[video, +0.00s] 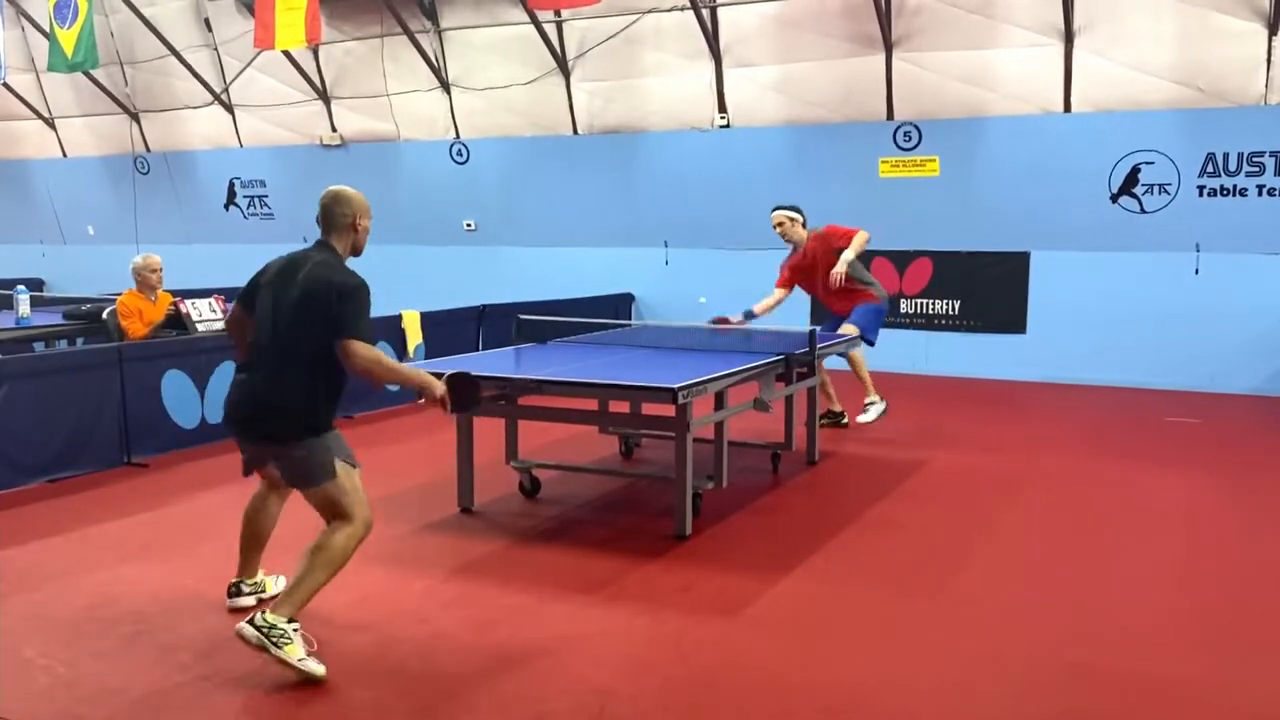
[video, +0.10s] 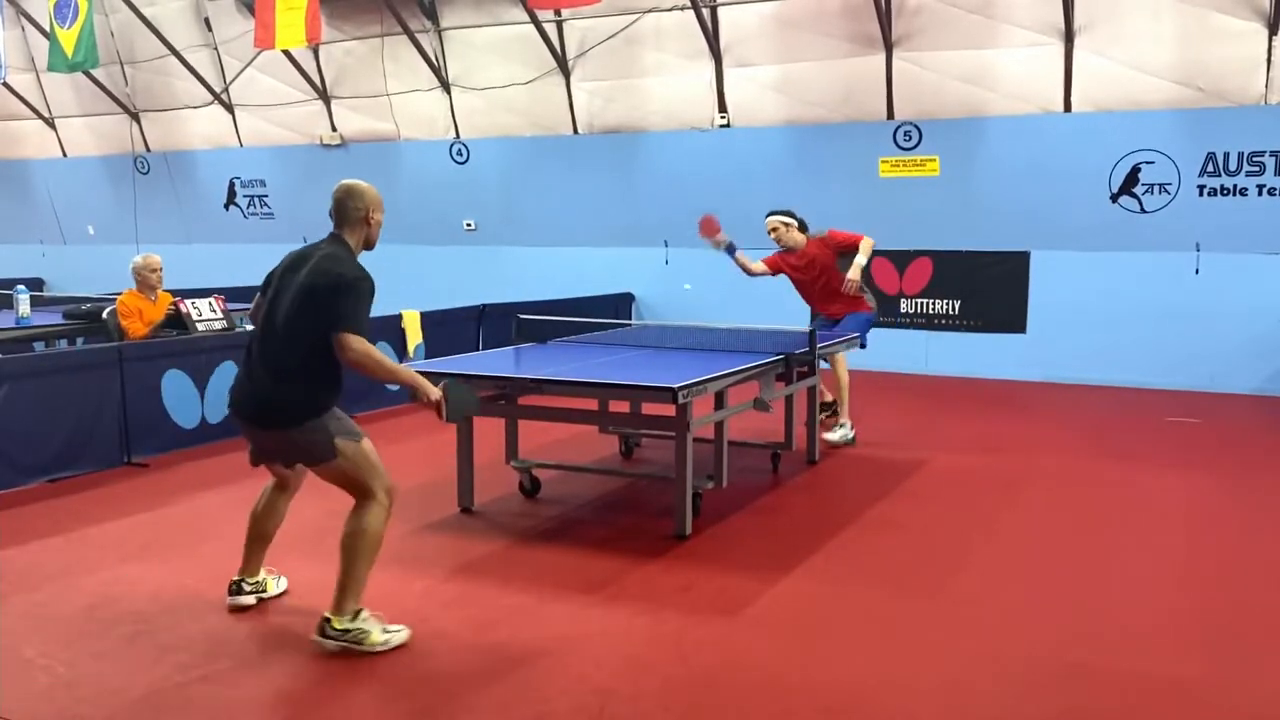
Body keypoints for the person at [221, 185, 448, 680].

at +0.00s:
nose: (369, 231)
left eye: (368, 222)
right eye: (368, 223)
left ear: (321, 223)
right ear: (356, 225)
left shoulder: (275, 269)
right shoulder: (346, 283)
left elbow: (236, 321)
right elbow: (358, 357)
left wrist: (255, 366)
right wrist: (421, 379)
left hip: (245, 408)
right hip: (297, 418)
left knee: (274, 482)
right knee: (354, 519)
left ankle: (245, 582)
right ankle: (278, 620)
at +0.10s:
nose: (382, 225)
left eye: (380, 217)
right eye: (380, 217)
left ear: (336, 218)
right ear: (368, 220)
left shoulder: (295, 259)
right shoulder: (350, 275)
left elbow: (258, 313)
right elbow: (349, 347)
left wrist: (306, 346)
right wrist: (411, 379)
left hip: (251, 401)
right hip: (302, 409)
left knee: (286, 478)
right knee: (377, 492)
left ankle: (247, 579)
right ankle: (344, 616)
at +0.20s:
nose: (390, 240)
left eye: (389, 230)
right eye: (386, 231)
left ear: (348, 230)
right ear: (372, 235)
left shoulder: (318, 272)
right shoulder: (353, 287)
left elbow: (294, 345)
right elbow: (350, 365)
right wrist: (408, 410)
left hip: (272, 407)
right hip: (310, 415)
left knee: (307, 473)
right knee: (390, 488)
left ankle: (249, 566)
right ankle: (373, 616)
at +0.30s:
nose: (399, 254)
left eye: (399, 245)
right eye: (396, 245)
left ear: (356, 245)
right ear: (383, 249)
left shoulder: (334, 281)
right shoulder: (349, 297)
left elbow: (338, 341)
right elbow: (315, 366)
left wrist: (375, 370)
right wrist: (358, 426)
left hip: (274, 415)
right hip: (303, 421)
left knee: (303, 474)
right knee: (391, 492)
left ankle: (253, 562)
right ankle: (371, 616)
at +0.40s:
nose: (400, 255)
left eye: (399, 247)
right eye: (398, 248)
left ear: (361, 246)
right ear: (385, 252)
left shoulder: (359, 284)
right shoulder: (327, 298)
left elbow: (356, 324)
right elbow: (267, 355)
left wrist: (392, 345)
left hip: (298, 400)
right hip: (286, 407)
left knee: (285, 473)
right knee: (354, 484)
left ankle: (237, 550)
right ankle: (366, 609)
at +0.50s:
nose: (392, 268)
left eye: (392, 261)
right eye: (391, 261)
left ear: (360, 259)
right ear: (377, 264)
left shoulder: (359, 294)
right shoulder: (310, 307)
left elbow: (371, 321)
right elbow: (235, 350)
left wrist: (407, 337)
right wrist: (199, 413)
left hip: (285, 401)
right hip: (256, 405)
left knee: (282, 463)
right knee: (332, 490)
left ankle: (230, 538)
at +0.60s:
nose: (382, 281)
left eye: (382, 274)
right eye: (379, 274)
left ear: (353, 278)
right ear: (360, 280)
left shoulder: (352, 308)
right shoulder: (298, 319)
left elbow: (355, 316)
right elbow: (233, 366)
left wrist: (383, 323)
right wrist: (216, 427)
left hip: (285, 410)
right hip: (259, 413)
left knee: (280, 474)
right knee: (316, 491)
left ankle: (229, 537)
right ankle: (276, 608)